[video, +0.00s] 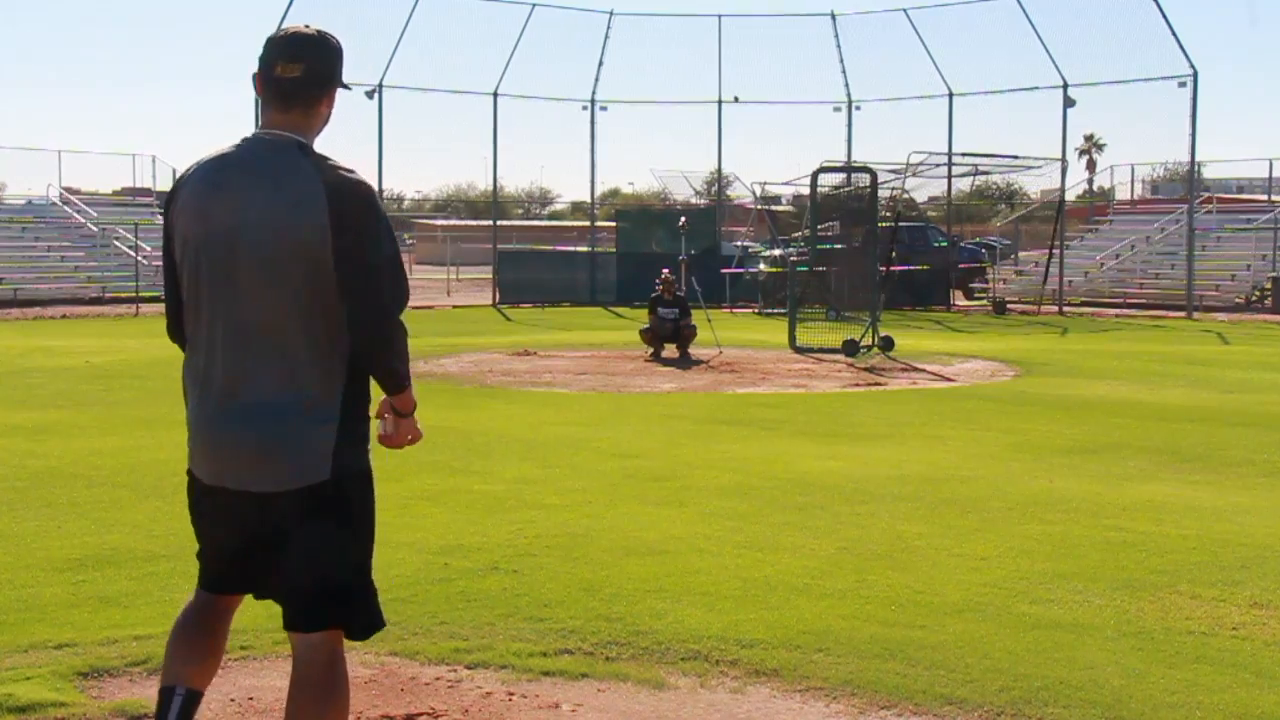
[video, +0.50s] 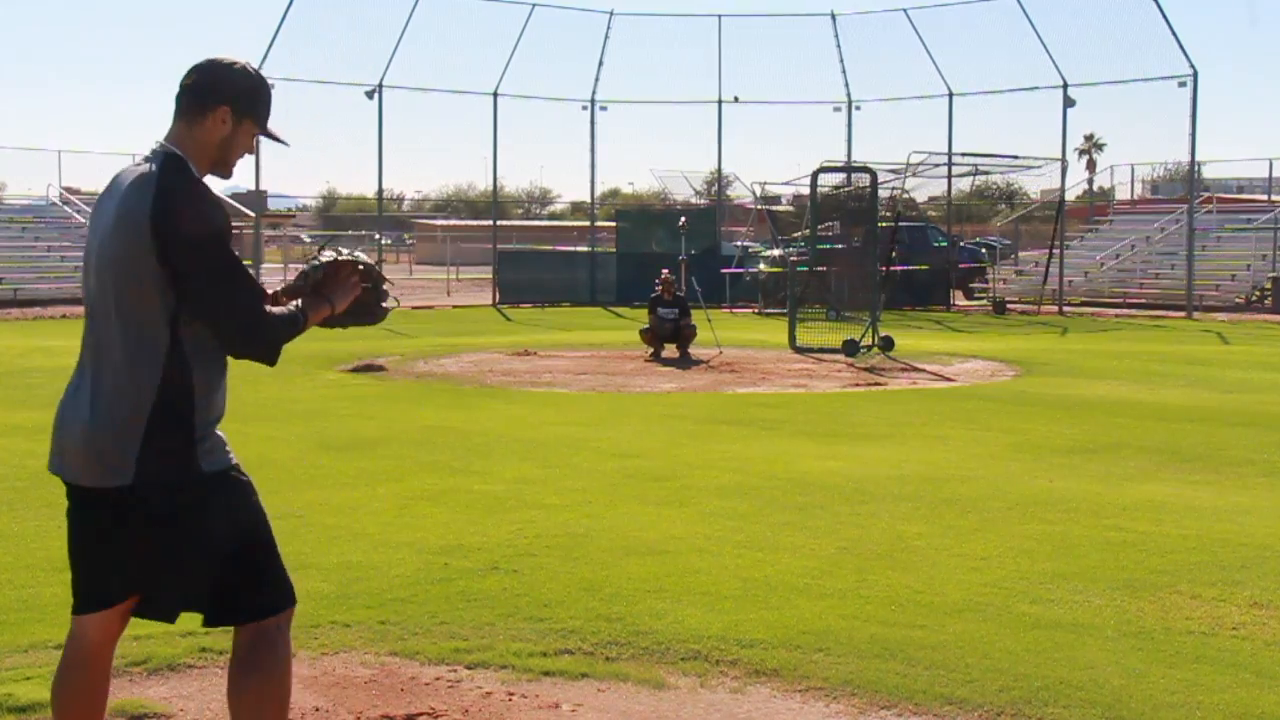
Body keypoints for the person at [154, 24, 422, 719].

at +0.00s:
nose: (331, 106)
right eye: (334, 95)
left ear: (257, 89)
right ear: (331, 99)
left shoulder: (191, 188)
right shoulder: (345, 193)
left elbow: (183, 323)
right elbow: (378, 320)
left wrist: (242, 369)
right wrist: (400, 397)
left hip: (216, 448)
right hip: (317, 452)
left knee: (215, 591)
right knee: (320, 634)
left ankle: (168, 714)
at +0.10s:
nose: (320, 105)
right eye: (322, 94)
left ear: (246, 89)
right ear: (318, 99)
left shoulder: (179, 186)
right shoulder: (322, 192)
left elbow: (161, 323)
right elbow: (354, 319)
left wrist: (221, 363)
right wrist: (386, 387)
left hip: (201, 444)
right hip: (299, 449)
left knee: (204, 591)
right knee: (310, 634)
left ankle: (129, 714)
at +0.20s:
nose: (305, 114)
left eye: (301, 101)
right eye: (306, 102)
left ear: (230, 94)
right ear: (300, 106)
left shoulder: (164, 190)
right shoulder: (292, 197)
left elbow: (140, 319)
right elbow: (324, 332)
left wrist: (219, 350)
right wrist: (364, 371)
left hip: (181, 454)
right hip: (277, 456)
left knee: (170, 617)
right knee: (296, 639)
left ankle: (109, 717)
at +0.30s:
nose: (286, 124)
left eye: (287, 112)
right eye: (287, 111)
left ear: (213, 103)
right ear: (275, 112)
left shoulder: (148, 192)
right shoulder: (250, 200)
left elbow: (183, 317)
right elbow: (291, 343)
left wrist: (298, 306)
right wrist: (343, 352)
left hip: (151, 456)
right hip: (244, 458)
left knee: (141, 625)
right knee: (281, 639)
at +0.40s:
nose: (264, 141)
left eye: (270, 127)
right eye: (268, 124)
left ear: (197, 110)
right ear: (248, 117)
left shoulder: (134, 192)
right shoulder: (218, 204)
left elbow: (188, 321)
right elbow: (265, 342)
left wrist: (295, 307)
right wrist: (328, 328)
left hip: (117, 451)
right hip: (207, 456)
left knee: (112, 626)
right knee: (272, 632)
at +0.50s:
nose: (248, 152)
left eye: (255, 140)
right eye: (251, 135)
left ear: (191, 115)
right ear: (219, 118)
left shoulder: (123, 187)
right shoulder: (183, 197)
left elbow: (183, 311)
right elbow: (252, 333)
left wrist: (282, 294)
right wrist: (321, 304)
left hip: (94, 446)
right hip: (178, 453)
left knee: (97, 618)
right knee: (266, 611)